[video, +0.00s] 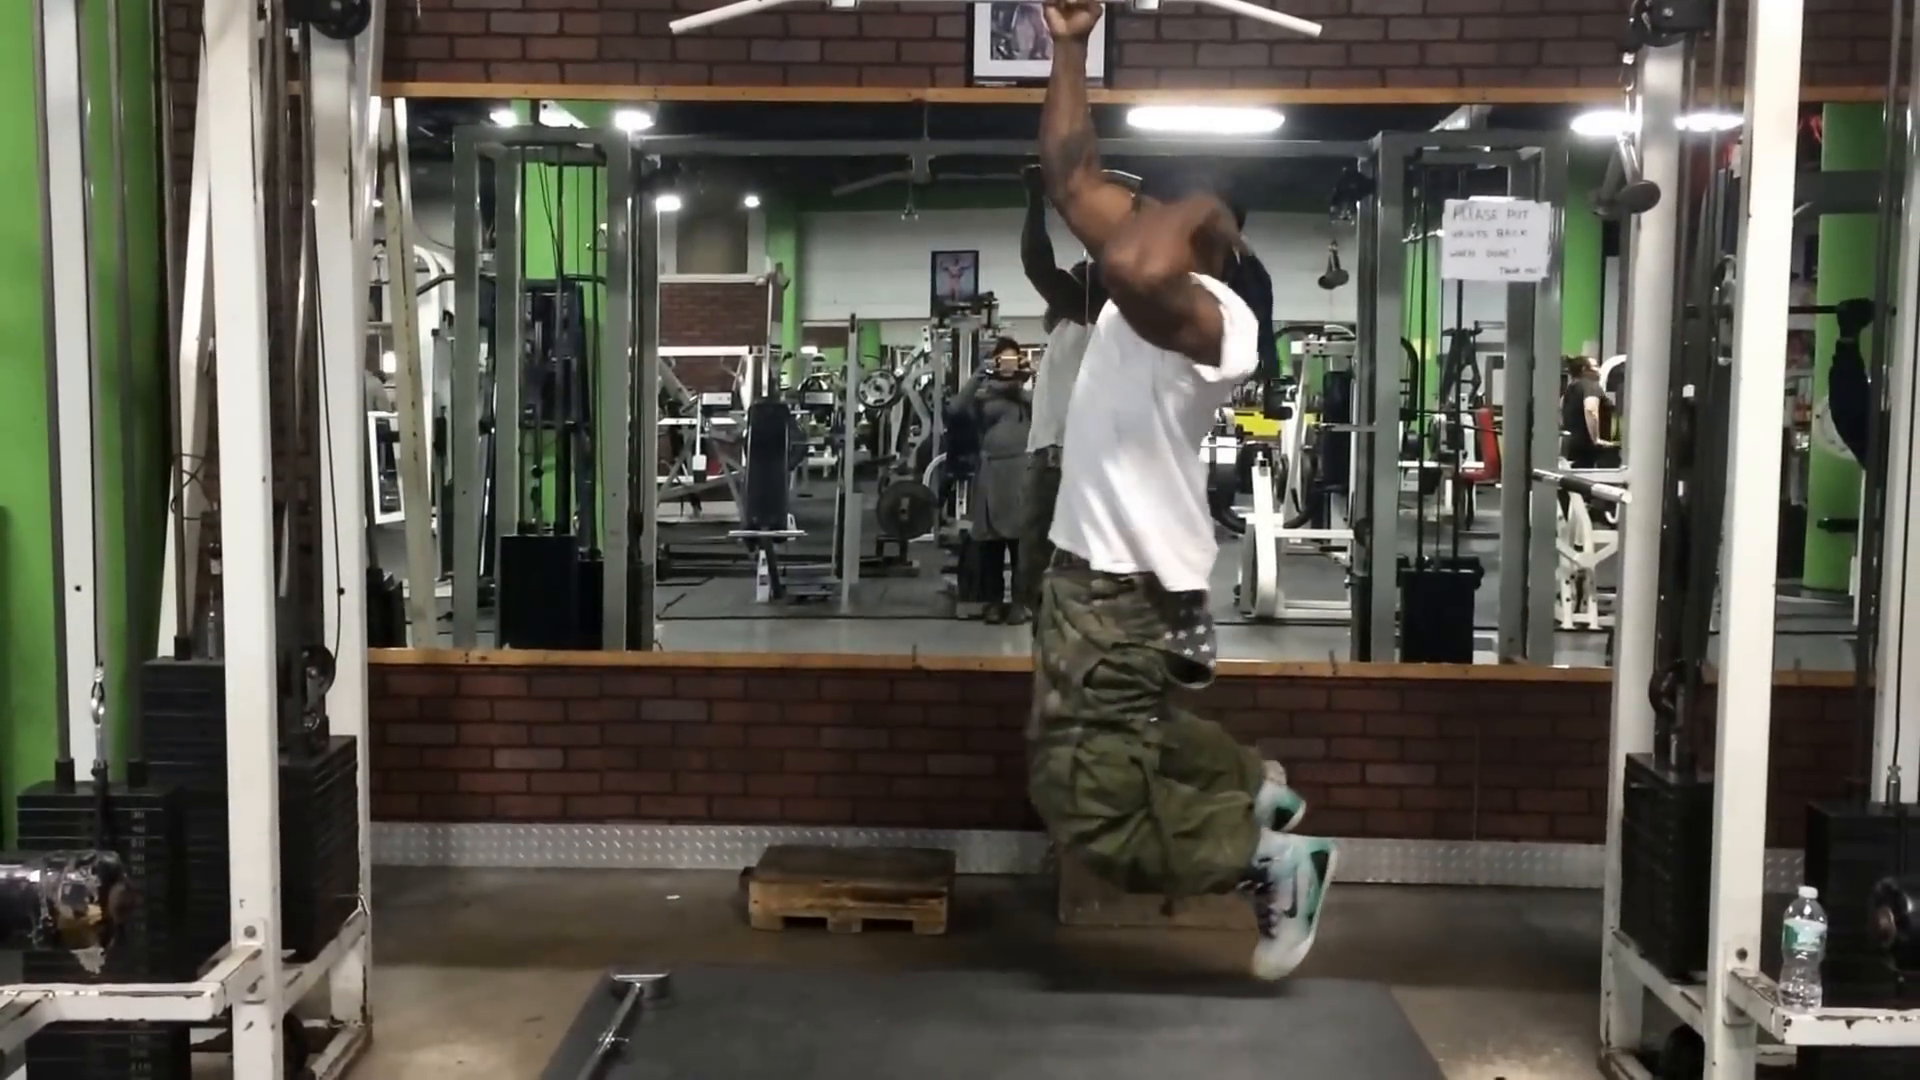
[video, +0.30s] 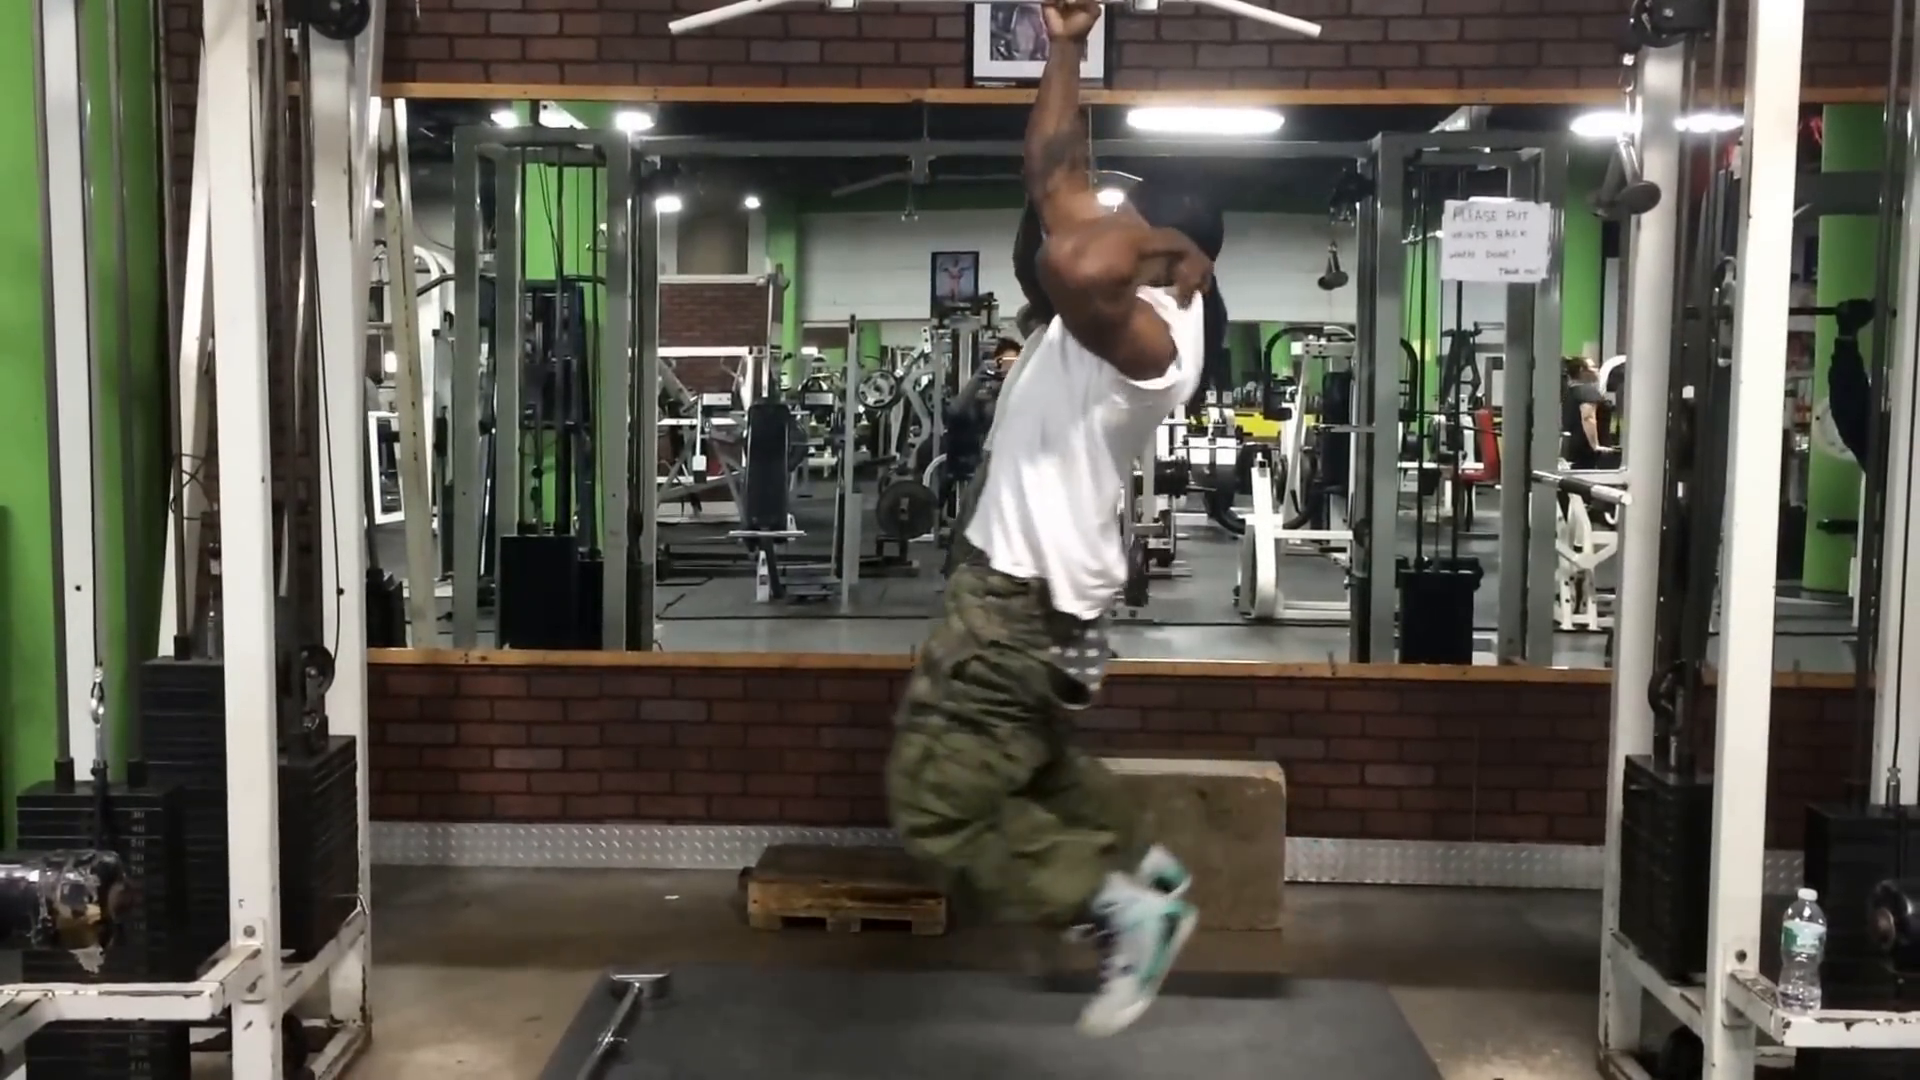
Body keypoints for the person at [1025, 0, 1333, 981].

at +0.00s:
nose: (1146, 222)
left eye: (1161, 214)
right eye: (1152, 210)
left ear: (1199, 245)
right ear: (1184, 241)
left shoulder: (1219, 315)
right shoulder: (1146, 283)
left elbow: (1137, 275)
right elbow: (1069, 175)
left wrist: (1190, 211)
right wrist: (1068, 45)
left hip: (1130, 581)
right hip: (1097, 570)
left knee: (1086, 806)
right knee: (1096, 739)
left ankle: (1271, 859)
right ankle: (1245, 784)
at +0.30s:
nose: (1082, 242)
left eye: (1100, 229)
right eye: (1085, 228)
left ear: (1146, 259)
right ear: (1123, 256)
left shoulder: (1158, 337)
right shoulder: (1103, 310)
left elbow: (1077, 279)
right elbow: (1053, 175)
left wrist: (1152, 243)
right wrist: (1063, 47)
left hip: (1026, 595)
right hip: (1029, 587)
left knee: (936, 800)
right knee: (1016, 758)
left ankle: (1123, 913)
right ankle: (1140, 865)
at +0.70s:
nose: (1079, 203)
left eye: (1090, 191)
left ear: (1117, 212)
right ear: (1166, 237)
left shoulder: (1119, 299)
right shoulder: (1087, 298)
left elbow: (1064, 181)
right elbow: (1034, 175)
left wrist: (1178, 167)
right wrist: (1059, 50)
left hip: (933, 556)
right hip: (974, 568)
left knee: (759, 734)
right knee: (879, 715)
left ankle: (874, 924)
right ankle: (946, 870)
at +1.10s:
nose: (1086, 220)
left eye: (1097, 210)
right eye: (1095, 206)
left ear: (1118, 227)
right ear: (1144, 232)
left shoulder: (1156, 301)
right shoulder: (1101, 281)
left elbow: (1017, 212)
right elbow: (1035, 184)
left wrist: (1146, 153)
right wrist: (1056, 53)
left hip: (990, 558)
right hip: (950, 514)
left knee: (814, 721)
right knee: (800, 590)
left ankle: (946, 875)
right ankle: (843, 780)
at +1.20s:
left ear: (1157, 240)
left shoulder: (1167, 314)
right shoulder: (1108, 296)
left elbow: (1068, 197)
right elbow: (1037, 177)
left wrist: (1194, 214)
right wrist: (1057, 48)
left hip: (1007, 562)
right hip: (963, 517)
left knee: (858, 736)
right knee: (815, 589)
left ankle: (1003, 870)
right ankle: (831, 725)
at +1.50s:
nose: (1171, 225)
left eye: (1194, 219)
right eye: (1174, 213)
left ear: (1232, 238)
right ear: (1164, 215)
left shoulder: (1233, 317)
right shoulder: (1131, 249)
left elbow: (1216, 256)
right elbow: (1045, 183)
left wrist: (1249, 214)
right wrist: (1058, 51)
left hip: (1085, 572)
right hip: (1015, 522)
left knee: (1017, 784)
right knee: (887, 643)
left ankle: (1172, 851)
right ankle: (938, 765)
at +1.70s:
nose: (1149, 239)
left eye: (1169, 228)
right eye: (1147, 222)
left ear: (1223, 236)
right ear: (1146, 221)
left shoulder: (1259, 318)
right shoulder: (1122, 262)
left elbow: (1244, 262)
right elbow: (1050, 181)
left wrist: (1258, 239)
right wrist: (1058, 46)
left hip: (1121, 580)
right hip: (1034, 541)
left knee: (1100, 809)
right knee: (932, 683)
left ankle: (1238, 820)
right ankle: (1016, 797)